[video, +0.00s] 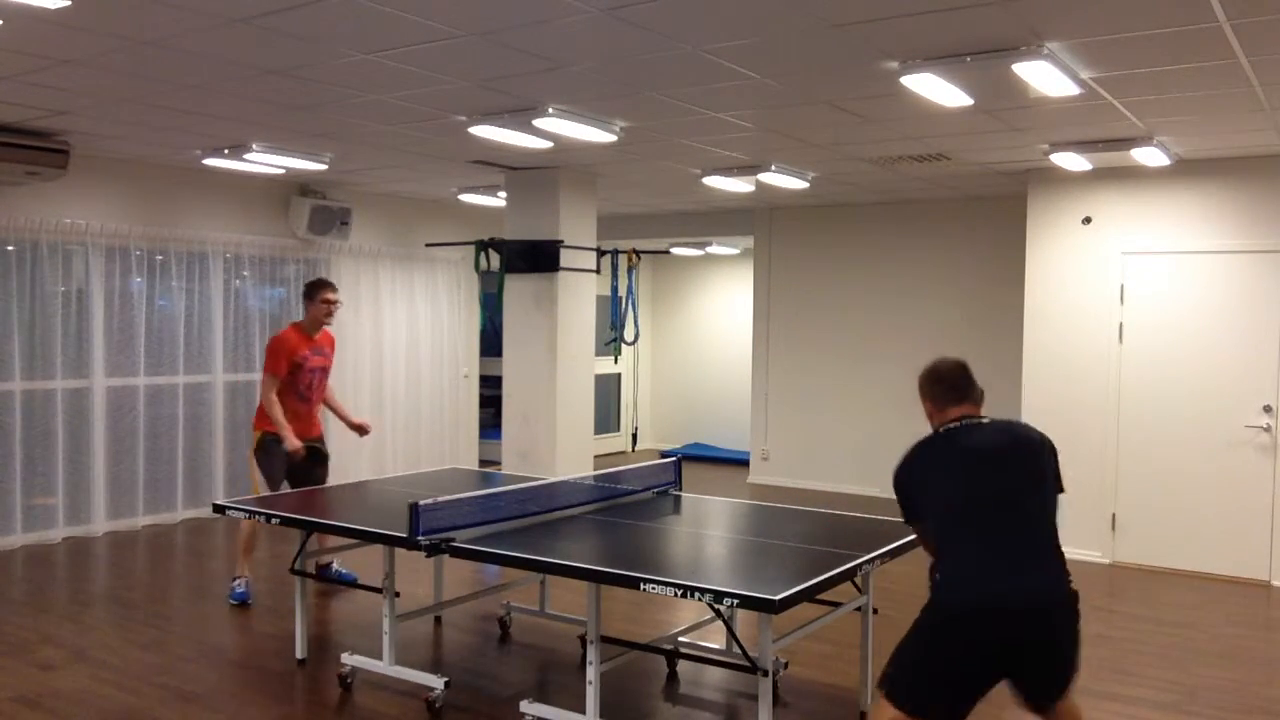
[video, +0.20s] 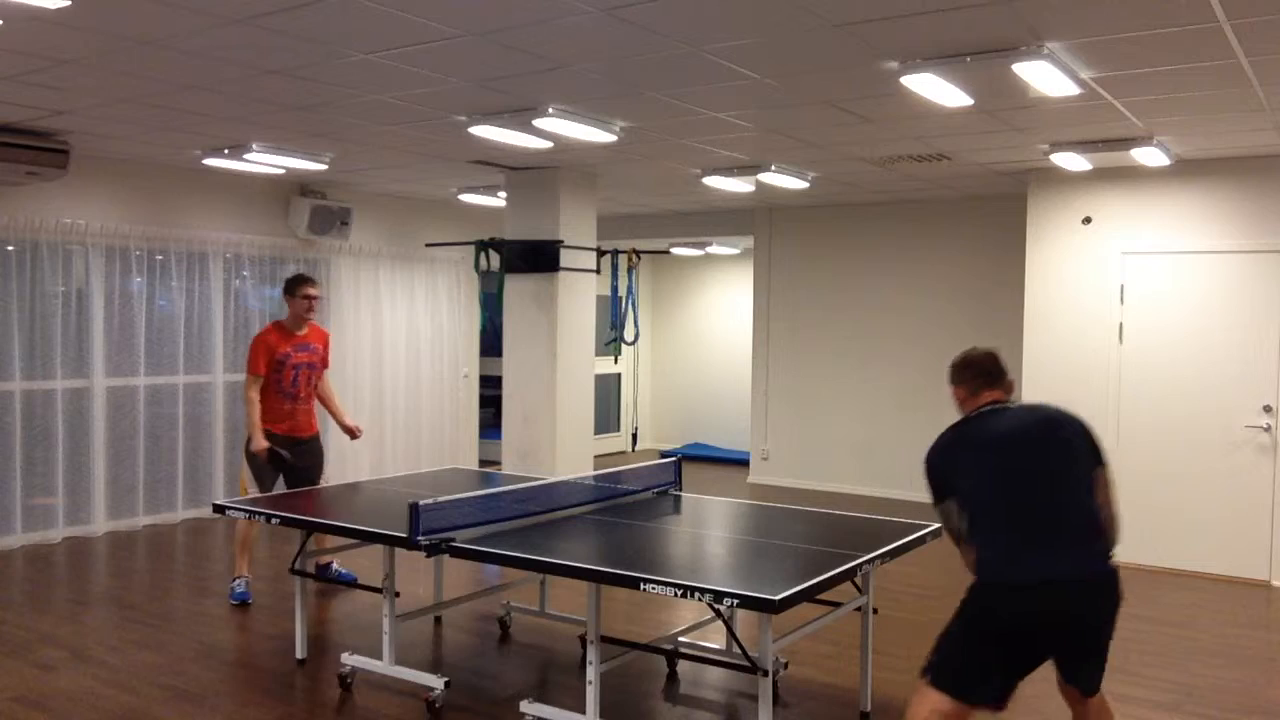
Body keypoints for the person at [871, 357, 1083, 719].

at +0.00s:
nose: (928, 412)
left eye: (927, 406)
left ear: (929, 408)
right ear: (979, 398)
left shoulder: (914, 465)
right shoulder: (1035, 442)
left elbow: (934, 546)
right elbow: (1042, 521)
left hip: (962, 613)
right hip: (1047, 607)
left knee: (895, 706)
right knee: (1054, 698)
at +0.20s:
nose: (958, 398)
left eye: (957, 392)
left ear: (959, 394)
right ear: (1010, 385)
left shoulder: (946, 450)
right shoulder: (1068, 425)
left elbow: (969, 549)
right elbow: (1106, 523)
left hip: (1008, 593)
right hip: (1090, 587)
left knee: (934, 705)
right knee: (1084, 692)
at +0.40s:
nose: (986, 353)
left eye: (987, 344)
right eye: (987, 344)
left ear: (996, 343)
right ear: (1041, 342)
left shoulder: (980, 402)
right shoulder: (1094, 389)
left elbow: (992, 510)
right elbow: (1147, 489)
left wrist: (995, 595)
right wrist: (1089, 529)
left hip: (1052, 561)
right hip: (1126, 556)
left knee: (993, 702)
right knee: (1092, 676)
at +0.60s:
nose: (1003, 310)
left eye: (1004, 300)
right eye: (1003, 301)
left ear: (1016, 301)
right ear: (1060, 303)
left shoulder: (1003, 366)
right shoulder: (1104, 364)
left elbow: (1007, 470)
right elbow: (1148, 463)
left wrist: (987, 568)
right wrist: (1093, 505)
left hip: (1067, 543)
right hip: (1130, 537)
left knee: (1029, 685)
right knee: (1093, 670)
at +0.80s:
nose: (1004, 312)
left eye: (1007, 302)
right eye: (1006, 301)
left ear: (1022, 306)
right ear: (1065, 309)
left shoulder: (1019, 379)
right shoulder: (1103, 372)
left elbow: (1016, 492)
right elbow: (1119, 473)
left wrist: (975, 579)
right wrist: (1048, 529)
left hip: (1077, 556)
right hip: (1132, 551)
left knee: (1029, 687)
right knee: (1080, 667)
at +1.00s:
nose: (1009, 324)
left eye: (1012, 314)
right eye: (1011, 314)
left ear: (1025, 315)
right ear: (1066, 320)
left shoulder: (1021, 381)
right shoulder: (1098, 379)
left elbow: (1014, 490)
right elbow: (1097, 483)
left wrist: (978, 560)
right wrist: (1027, 521)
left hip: (1079, 554)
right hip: (1129, 549)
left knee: (1030, 690)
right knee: (1076, 674)